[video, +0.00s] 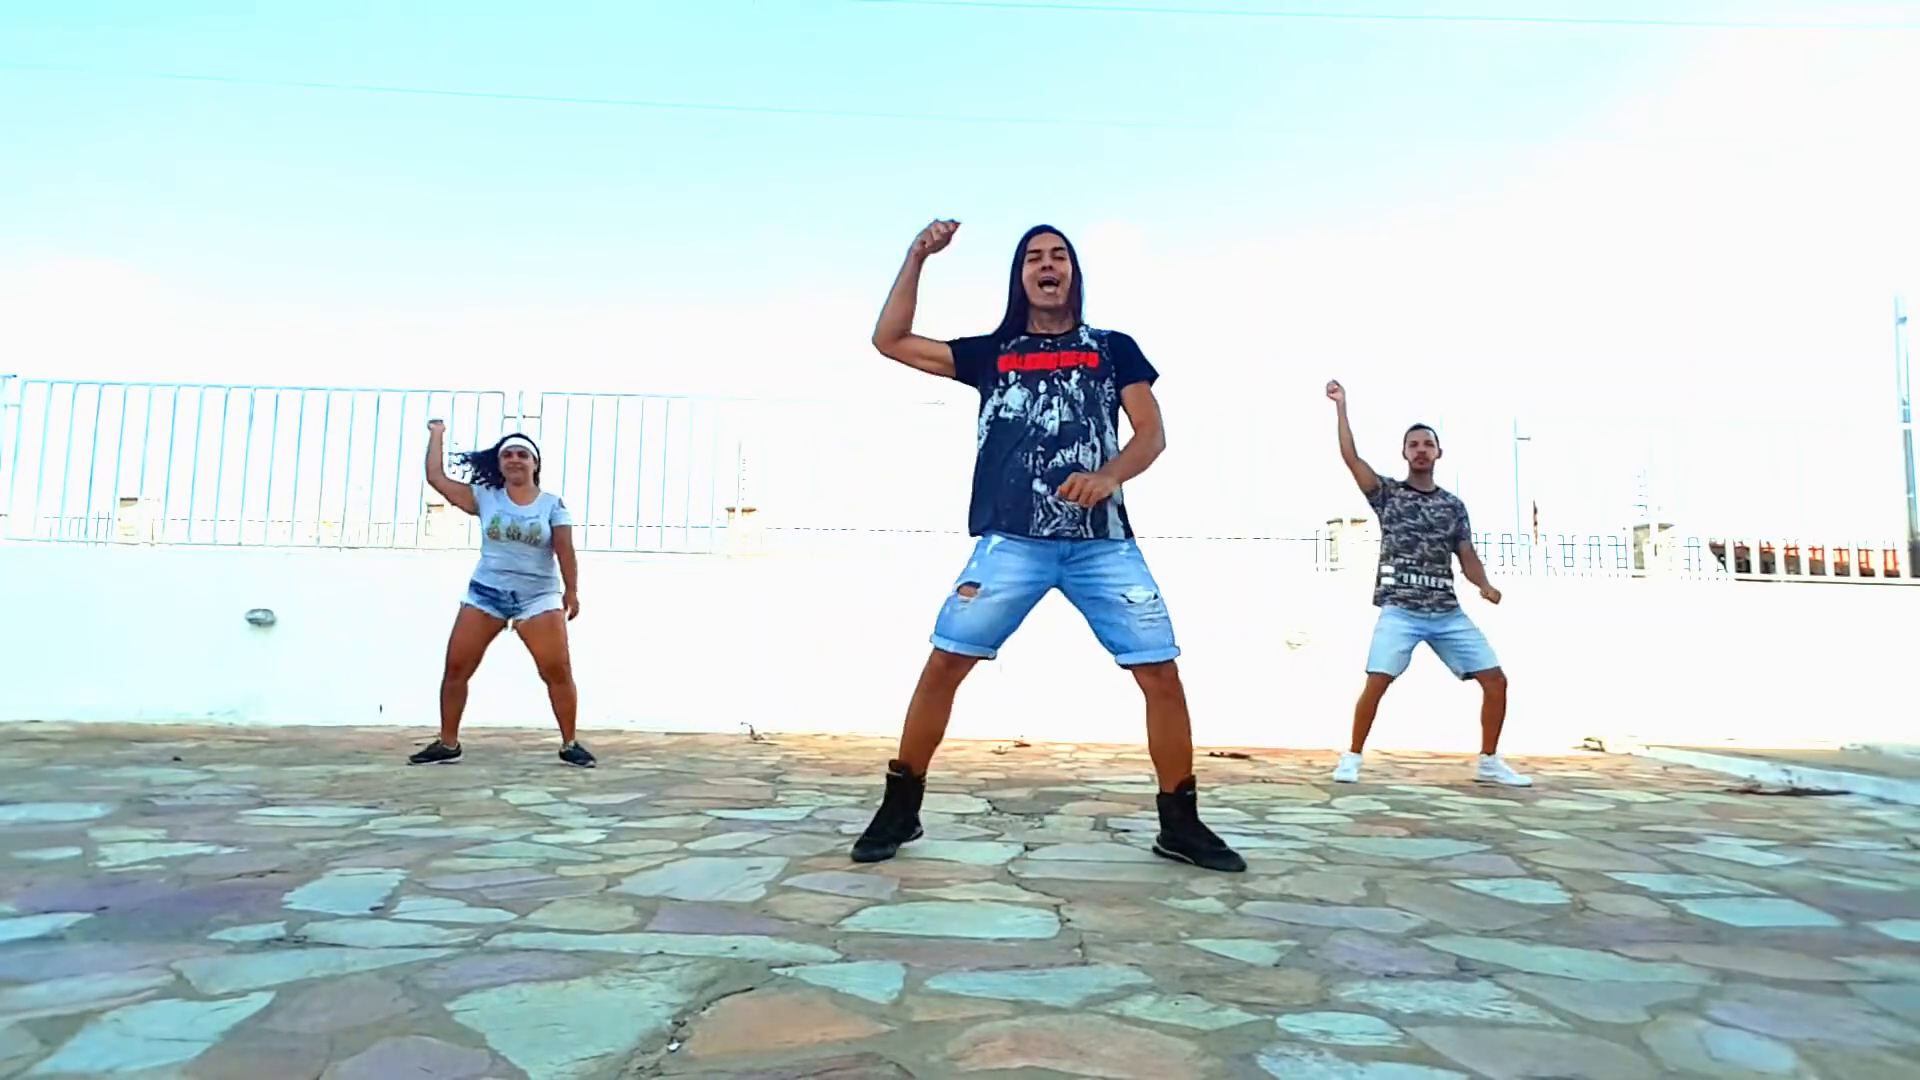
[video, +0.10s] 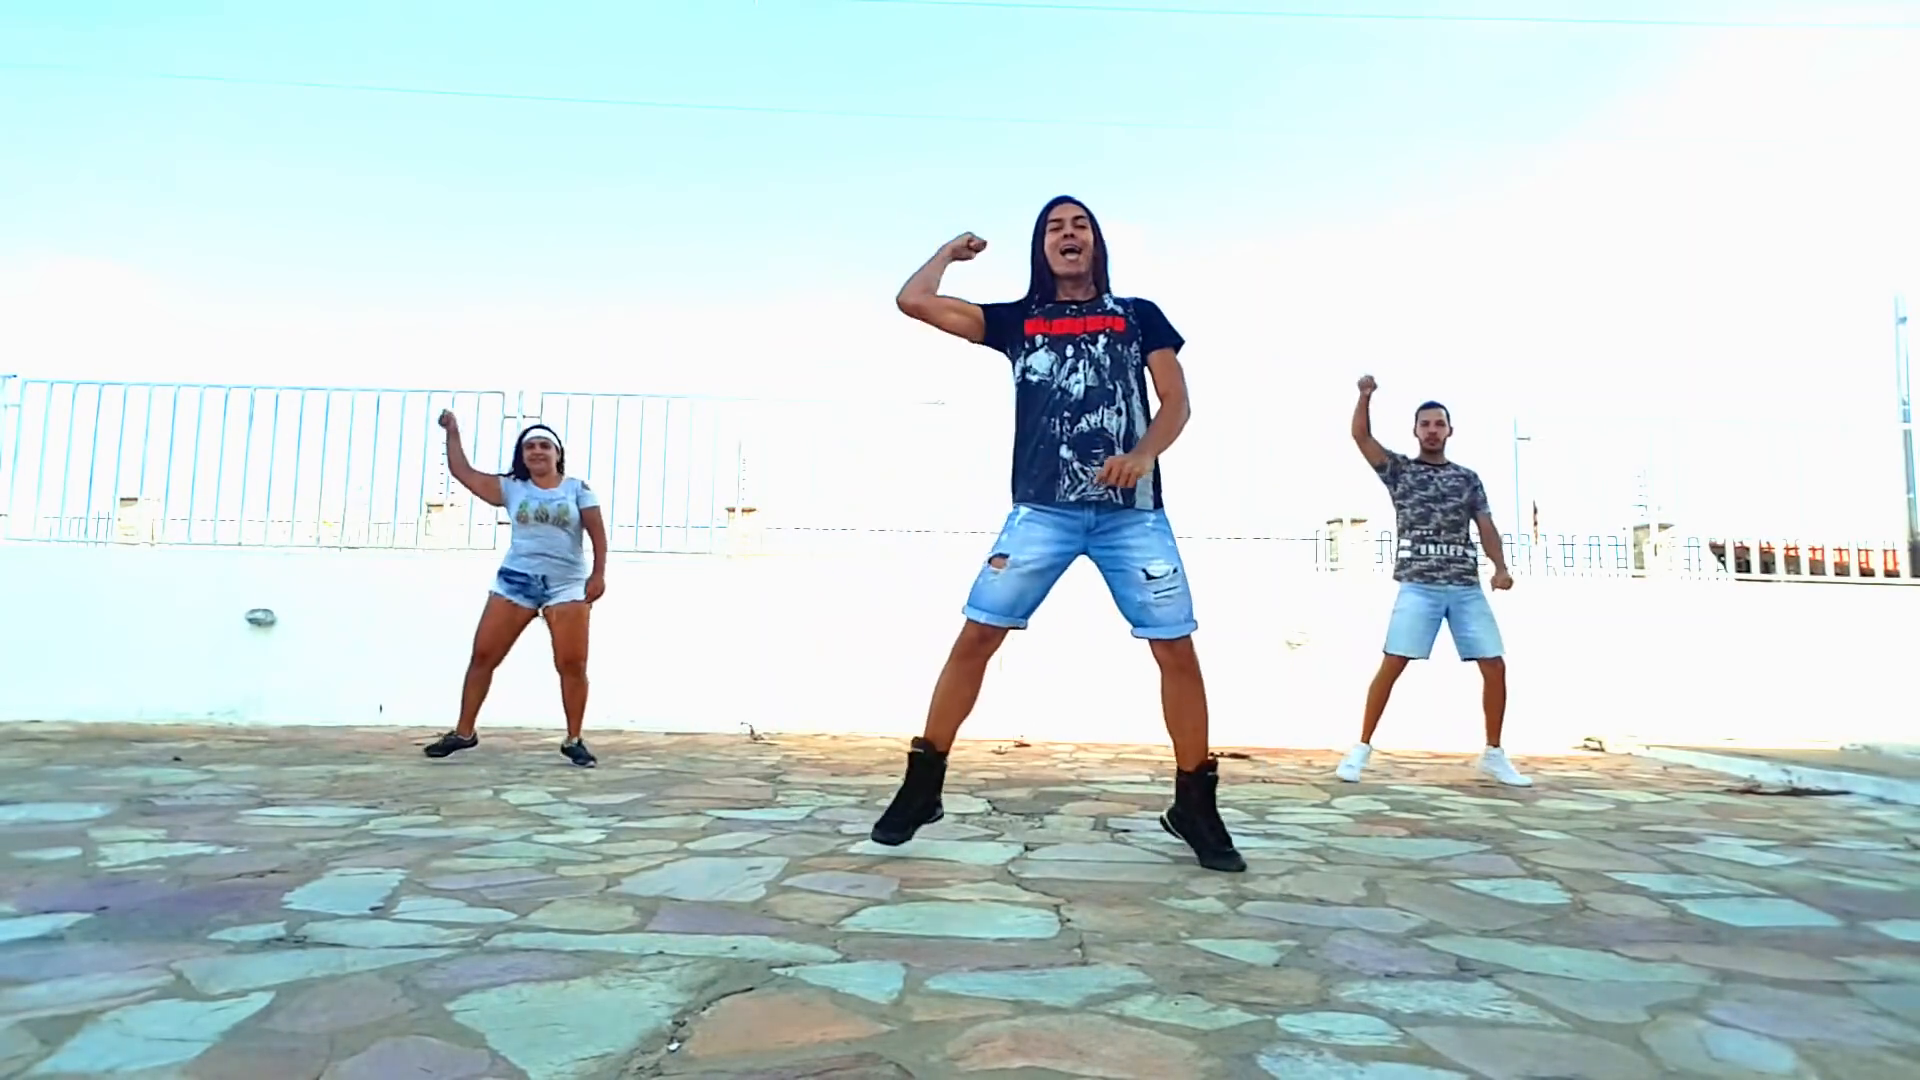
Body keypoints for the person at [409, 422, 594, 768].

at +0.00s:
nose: (515, 458)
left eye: (522, 453)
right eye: (508, 453)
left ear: (535, 464)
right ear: (498, 463)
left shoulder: (551, 505)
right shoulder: (484, 497)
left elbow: (565, 551)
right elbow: (436, 477)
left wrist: (571, 590)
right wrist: (436, 435)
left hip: (538, 596)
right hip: (486, 592)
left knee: (558, 671)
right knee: (456, 667)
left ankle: (570, 744)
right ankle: (448, 743)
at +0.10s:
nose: (536, 449)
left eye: (544, 444)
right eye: (529, 446)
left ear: (557, 454)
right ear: (521, 456)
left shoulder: (577, 490)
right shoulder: (511, 489)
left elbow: (598, 534)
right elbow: (462, 471)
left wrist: (598, 574)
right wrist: (452, 431)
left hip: (567, 583)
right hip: (516, 581)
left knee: (573, 664)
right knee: (482, 656)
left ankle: (574, 739)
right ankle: (464, 732)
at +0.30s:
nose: (580, 440)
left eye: (587, 435)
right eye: (572, 436)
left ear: (599, 445)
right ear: (560, 447)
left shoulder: (615, 482)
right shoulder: (549, 478)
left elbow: (630, 529)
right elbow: (503, 463)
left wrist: (641, 576)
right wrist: (518, 425)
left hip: (603, 572)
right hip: (554, 571)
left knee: (617, 651)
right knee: (540, 654)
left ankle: (630, 731)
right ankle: (543, 736)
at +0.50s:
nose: (618, 461)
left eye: (626, 456)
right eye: (611, 457)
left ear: (638, 467)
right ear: (603, 468)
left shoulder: (656, 508)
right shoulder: (589, 500)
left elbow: (670, 555)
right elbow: (542, 488)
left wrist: (673, 597)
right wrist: (546, 448)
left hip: (642, 597)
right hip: (591, 594)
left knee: (657, 671)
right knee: (562, 669)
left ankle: (661, 745)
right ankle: (553, 744)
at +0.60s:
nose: (630, 441)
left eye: (636, 436)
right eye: (623, 437)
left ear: (650, 446)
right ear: (613, 448)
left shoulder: (667, 484)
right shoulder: (602, 479)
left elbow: (686, 529)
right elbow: (552, 469)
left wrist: (697, 573)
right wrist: (555, 426)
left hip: (654, 576)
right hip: (604, 573)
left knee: (662, 657)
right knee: (574, 651)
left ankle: (667, 737)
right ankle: (565, 729)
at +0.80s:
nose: (648, 445)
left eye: (655, 440)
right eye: (640, 441)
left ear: (668, 450)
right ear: (631, 453)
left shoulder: (684, 491)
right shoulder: (620, 489)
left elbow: (700, 538)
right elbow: (578, 520)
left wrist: (714, 583)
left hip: (671, 583)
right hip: (621, 580)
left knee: (685, 664)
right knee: (592, 658)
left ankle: (698, 742)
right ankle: (581, 737)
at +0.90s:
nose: (652, 467)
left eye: (658, 462)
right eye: (644, 464)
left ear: (671, 473)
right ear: (635, 477)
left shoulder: (687, 511)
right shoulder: (625, 516)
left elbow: (702, 553)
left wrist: (719, 592)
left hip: (676, 604)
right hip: (624, 604)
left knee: (695, 674)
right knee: (588, 675)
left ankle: (701, 747)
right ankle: (585, 747)